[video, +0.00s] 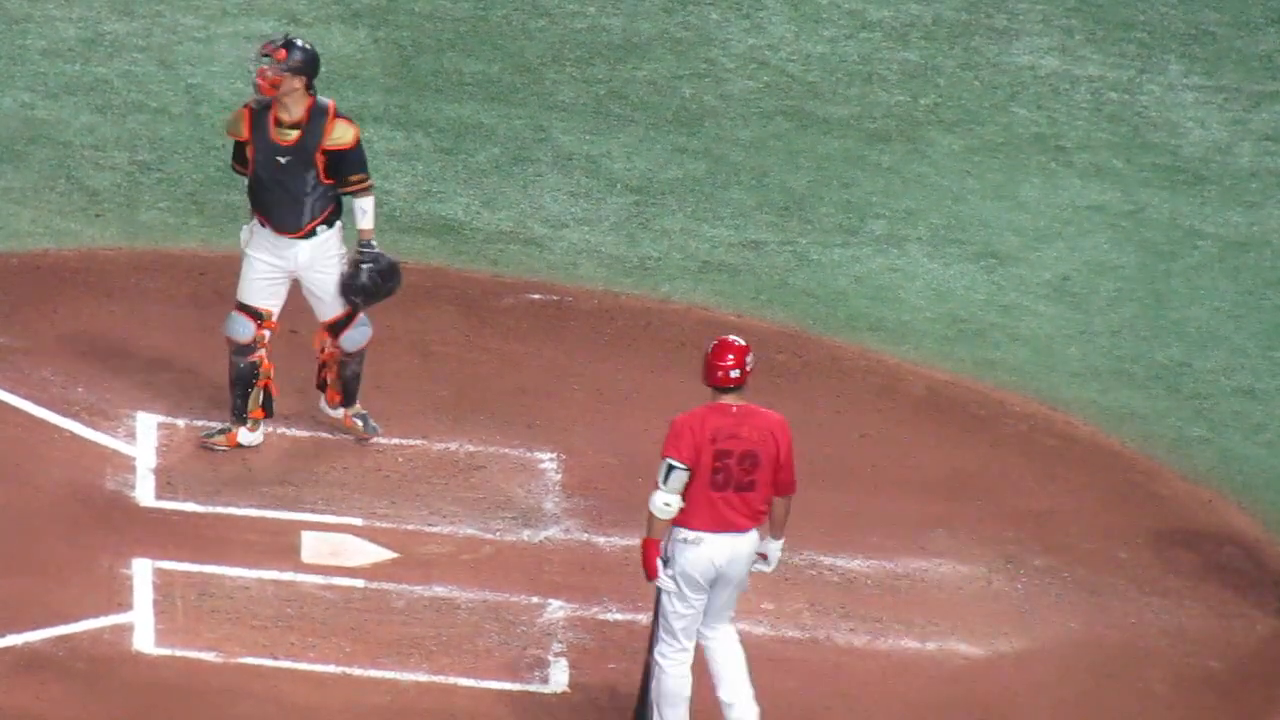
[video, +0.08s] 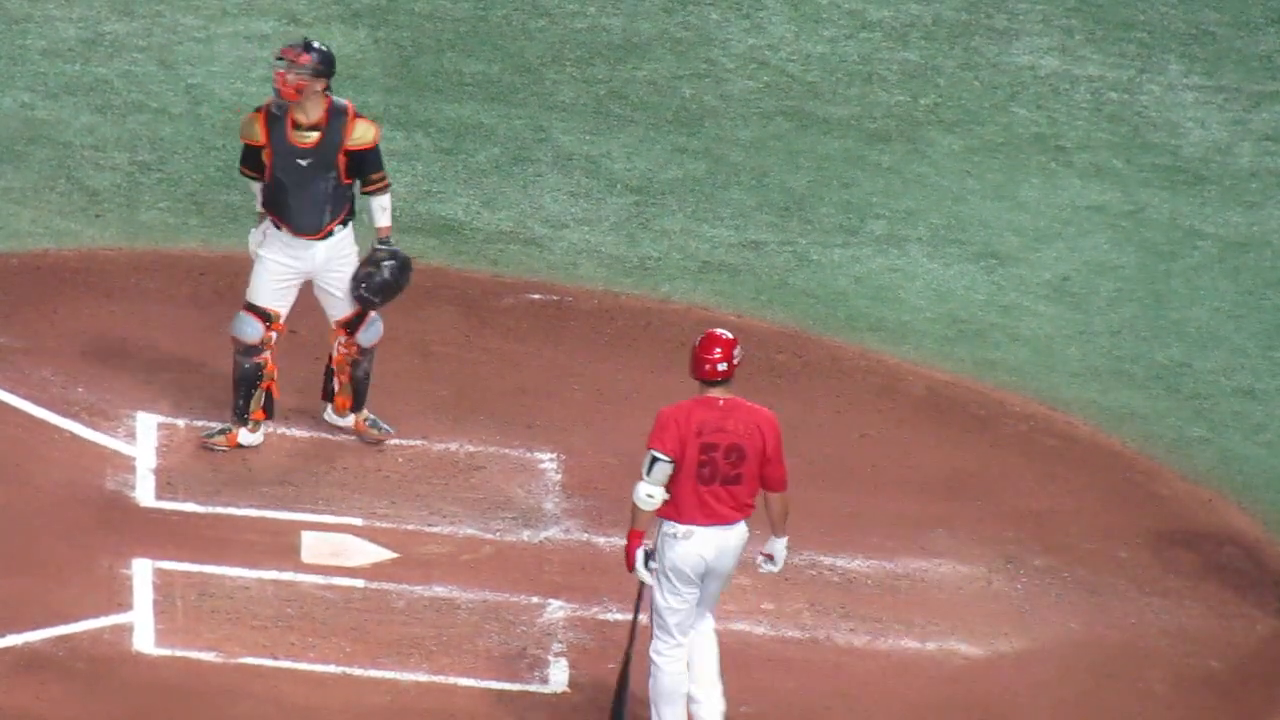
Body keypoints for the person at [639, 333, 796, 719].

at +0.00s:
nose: (727, 376)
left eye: (716, 370)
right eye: (735, 370)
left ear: (708, 375)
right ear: (747, 375)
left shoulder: (691, 423)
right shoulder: (774, 425)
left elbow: (667, 494)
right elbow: (782, 494)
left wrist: (651, 543)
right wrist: (774, 541)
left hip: (694, 545)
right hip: (743, 546)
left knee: (675, 645)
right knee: (719, 627)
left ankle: (671, 716)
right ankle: (744, 713)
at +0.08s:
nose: (717, 369)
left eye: (703, 363)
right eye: (725, 363)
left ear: (694, 367)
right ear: (734, 367)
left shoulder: (676, 417)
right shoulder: (763, 421)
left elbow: (651, 488)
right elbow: (776, 489)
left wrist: (635, 540)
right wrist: (779, 539)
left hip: (683, 541)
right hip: (731, 541)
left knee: (669, 640)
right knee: (701, 619)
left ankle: (667, 714)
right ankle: (710, 710)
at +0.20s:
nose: (703, 361)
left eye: (688, 355)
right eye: (710, 355)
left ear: (677, 361)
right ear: (717, 361)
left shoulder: (657, 409)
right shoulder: (742, 413)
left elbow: (629, 480)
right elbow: (762, 481)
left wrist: (612, 533)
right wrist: (772, 532)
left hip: (668, 536)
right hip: (715, 536)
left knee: (664, 640)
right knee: (667, 626)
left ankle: (668, 716)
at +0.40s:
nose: (696, 352)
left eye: (692, 347)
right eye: (697, 348)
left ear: (657, 352)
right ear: (696, 353)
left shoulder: (631, 398)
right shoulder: (716, 406)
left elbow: (603, 469)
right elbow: (736, 478)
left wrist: (586, 521)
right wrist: (757, 496)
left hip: (636, 522)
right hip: (685, 524)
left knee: (636, 629)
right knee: (637, 623)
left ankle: (661, 716)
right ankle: (597, 710)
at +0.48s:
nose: (690, 348)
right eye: (692, 344)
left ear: (652, 346)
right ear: (691, 349)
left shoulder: (625, 390)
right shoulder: (707, 402)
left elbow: (595, 460)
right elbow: (727, 468)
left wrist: (576, 511)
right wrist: (749, 466)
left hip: (627, 515)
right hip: (676, 517)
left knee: (607, 618)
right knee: (636, 619)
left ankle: (653, 714)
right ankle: (595, 709)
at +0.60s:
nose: (685, 342)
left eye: (681, 335)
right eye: (685, 337)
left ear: (643, 336)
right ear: (680, 341)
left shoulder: (614, 378)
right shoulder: (697, 394)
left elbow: (581, 445)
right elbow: (714, 453)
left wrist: (559, 496)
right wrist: (726, 422)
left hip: (614, 504)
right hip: (663, 507)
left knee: (574, 593)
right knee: (627, 606)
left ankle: (611, 686)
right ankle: (596, 703)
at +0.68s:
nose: (680, 336)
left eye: (676, 329)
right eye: (678, 331)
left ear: (635, 330)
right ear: (672, 335)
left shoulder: (606, 370)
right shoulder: (688, 387)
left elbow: (572, 438)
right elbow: (705, 444)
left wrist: (550, 490)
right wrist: (707, 393)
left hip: (604, 497)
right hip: (654, 502)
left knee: (565, 585)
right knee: (623, 604)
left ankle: (574, 689)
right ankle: (600, 706)